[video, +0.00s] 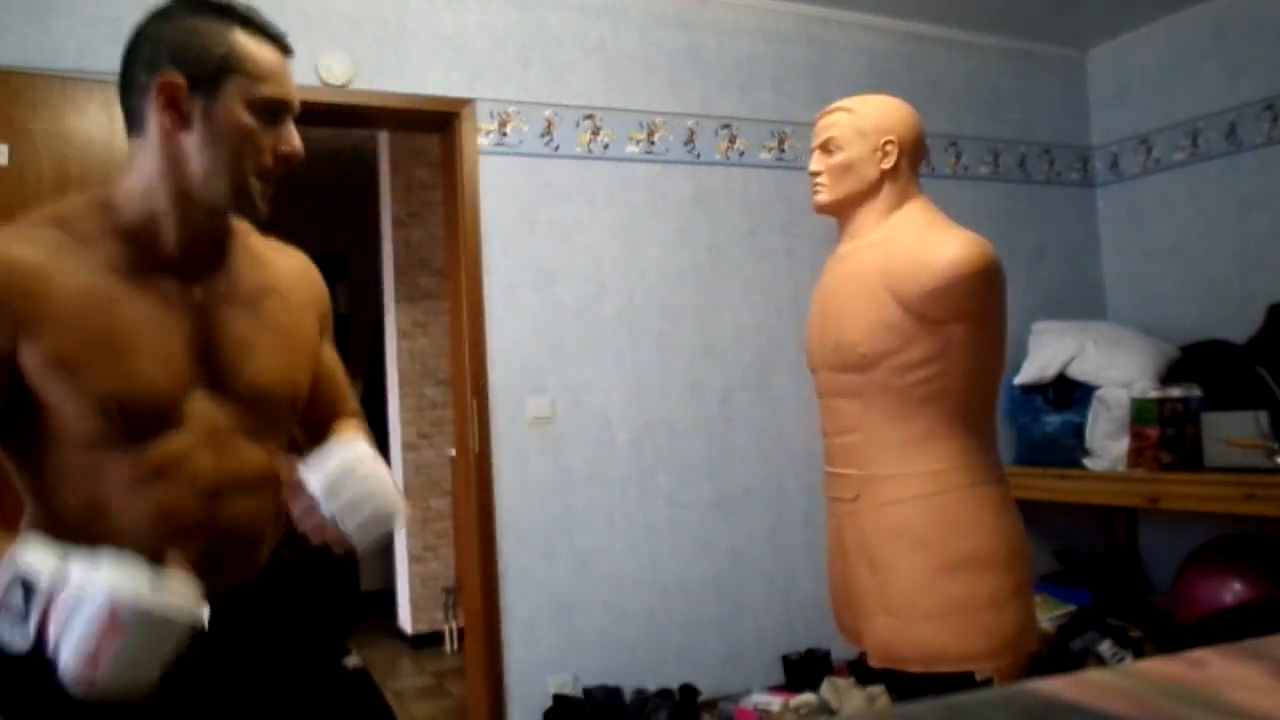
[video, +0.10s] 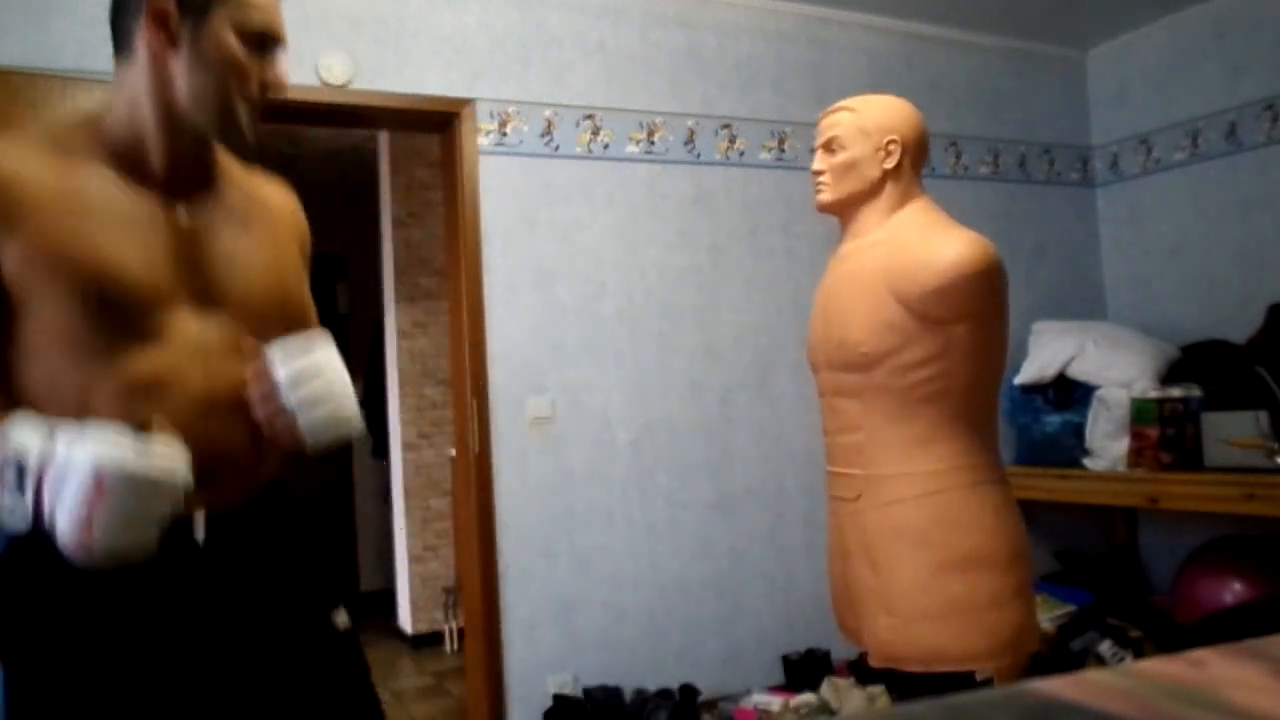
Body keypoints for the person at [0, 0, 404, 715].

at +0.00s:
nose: (294, 146)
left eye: (293, 120)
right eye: (267, 114)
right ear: (172, 106)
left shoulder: (294, 278)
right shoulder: (23, 269)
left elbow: (340, 421)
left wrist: (348, 486)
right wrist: (43, 588)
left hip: (274, 652)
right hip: (94, 668)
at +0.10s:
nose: (277, 80)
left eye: (277, 51)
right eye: (256, 43)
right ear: (162, 28)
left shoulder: (275, 209)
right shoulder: (24, 184)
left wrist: (310, 407)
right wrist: (40, 466)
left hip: (249, 581)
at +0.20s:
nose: (258, 53)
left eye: (258, 26)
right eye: (237, 18)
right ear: (143, 12)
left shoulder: (263, 175)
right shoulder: (19, 147)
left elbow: (296, 324)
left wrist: (323, 324)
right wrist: (27, 396)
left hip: (243, 522)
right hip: (76, 530)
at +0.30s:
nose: (243, 94)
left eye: (239, 67)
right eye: (215, 60)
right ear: (116, 50)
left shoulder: (253, 213)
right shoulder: (14, 197)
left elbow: (328, 376)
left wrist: (330, 373)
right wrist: (22, 434)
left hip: (240, 568)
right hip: (68, 574)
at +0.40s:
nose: (238, 105)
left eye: (236, 78)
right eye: (210, 71)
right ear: (114, 61)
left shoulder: (249, 225)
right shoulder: (13, 215)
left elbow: (330, 406)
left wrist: (330, 379)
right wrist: (9, 514)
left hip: (236, 589)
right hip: (64, 602)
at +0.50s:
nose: (254, 97)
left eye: (253, 70)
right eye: (228, 61)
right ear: (132, 49)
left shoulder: (253, 208)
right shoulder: (16, 191)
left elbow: (357, 381)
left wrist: (338, 303)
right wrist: (1, 552)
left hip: (236, 579)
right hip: (73, 593)